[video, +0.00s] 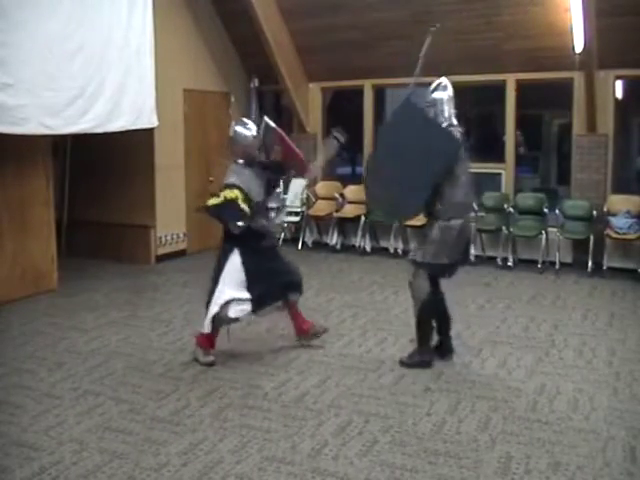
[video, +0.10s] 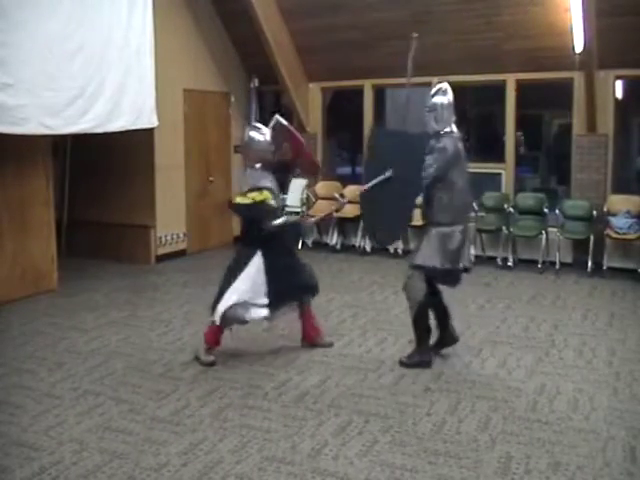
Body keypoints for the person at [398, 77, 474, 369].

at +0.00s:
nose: (424, 114)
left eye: (427, 108)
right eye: (425, 108)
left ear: (434, 109)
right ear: (447, 107)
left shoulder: (444, 140)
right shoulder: (453, 138)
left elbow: (429, 179)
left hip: (447, 220)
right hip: (456, 217)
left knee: (420, 279)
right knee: (430, 279)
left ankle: (424, 349)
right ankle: (444, 343)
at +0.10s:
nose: (432, 116)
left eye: (437, 110)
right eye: (430, 110)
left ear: (448, 112)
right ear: (428, 112)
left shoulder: (449, 143)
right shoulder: (439, 142)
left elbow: (424, 177)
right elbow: (424, 176)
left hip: (448, 226)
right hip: (441, 223)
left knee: (415, 282)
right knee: (424, 279)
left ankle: (422, 348)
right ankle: (445, 330)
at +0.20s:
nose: (435, 116)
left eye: (440, 111)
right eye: (435, 111)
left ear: (448, 114)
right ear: (437, 114)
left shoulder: (451, 145)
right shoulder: (441, 141)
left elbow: (428, 171)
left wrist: (426, 158)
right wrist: (429, 163)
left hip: (448, 226)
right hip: (444, 224)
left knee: (411, 281)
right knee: (428, 279)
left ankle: (422, 349)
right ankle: (459, 323)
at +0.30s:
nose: (438, 116)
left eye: (441, 112)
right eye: (440, 111)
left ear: (446, 115)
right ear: (459, 115)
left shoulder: (451, 145)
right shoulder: (458, 142)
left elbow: (429, 172)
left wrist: (388, 184)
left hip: (445, 225)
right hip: (454, 223)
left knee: (411, 282)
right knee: (448, 281)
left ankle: (421, 350)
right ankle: (475, 327)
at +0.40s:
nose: (446, 118)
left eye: (450, 114)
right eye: (448, 113)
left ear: (453, 119)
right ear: (466, 120)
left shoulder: (447, 150)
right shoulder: (469, 149)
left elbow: (425, 181)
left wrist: (410, 149)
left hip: (444, 223)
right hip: (463, 222)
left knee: (416, 282)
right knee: (461, 284)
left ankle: (422, 349)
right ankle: (483, 333)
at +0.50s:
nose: (449, 118)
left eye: (454, 114)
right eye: (451, 113)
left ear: (464, 118)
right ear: (467, 119)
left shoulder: (460, 149)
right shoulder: (472, 146)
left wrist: (418, 153)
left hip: (449, 224)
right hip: (464, 222)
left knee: (424, 281)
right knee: (460, 282)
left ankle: (422, 347)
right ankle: (483, 332)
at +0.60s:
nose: (454, 118)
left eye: (460, 113)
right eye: (454, 113)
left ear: (471, 116)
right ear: (452, 115)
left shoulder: (469, 147)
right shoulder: (460, 144)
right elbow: (436, 171)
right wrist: (423, 152)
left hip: (450, 225)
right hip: (459, 224)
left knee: (426, 280)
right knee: (464, 281)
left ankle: (421, 342)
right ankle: (484, 333)